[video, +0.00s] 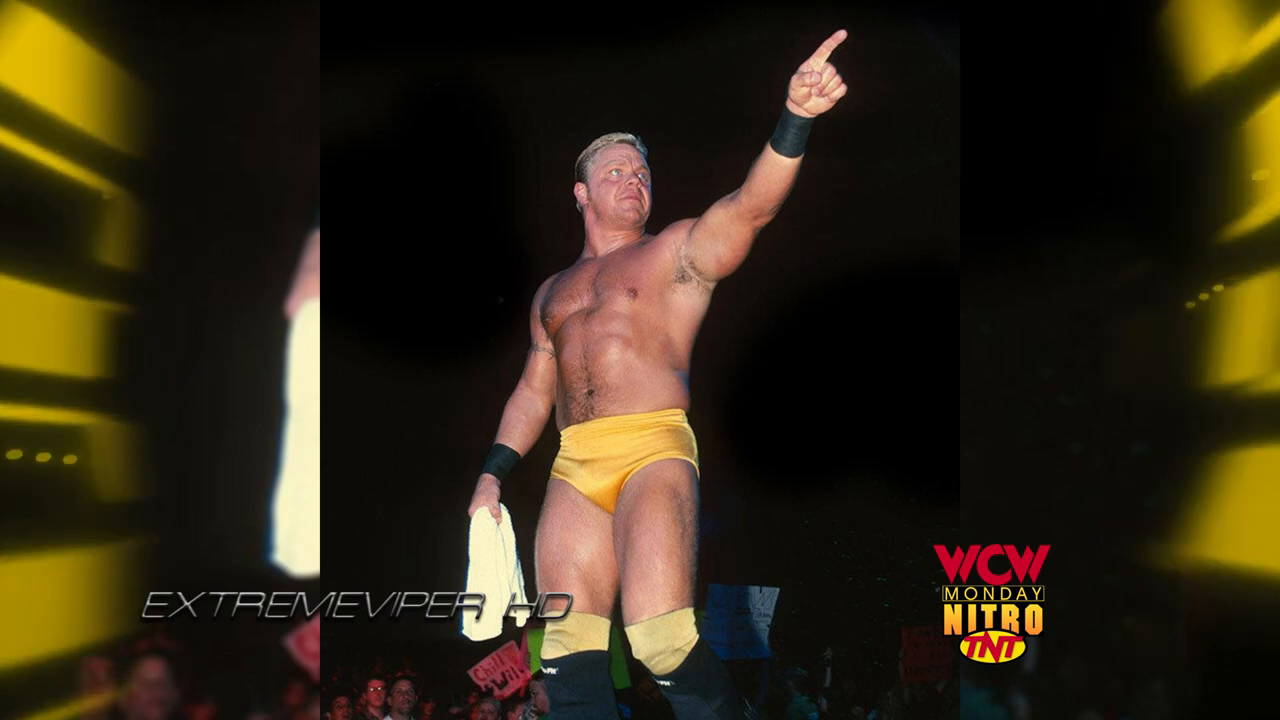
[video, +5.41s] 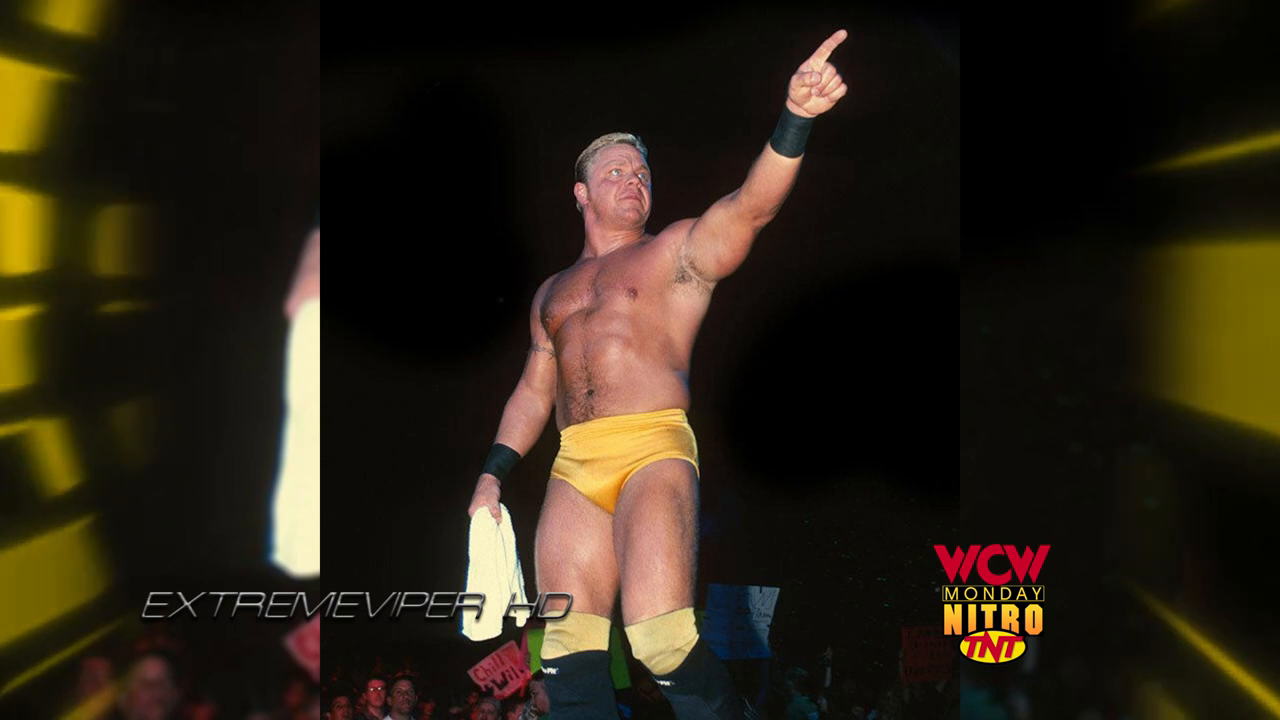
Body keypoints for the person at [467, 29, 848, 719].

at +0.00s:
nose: (632, 179)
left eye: (640, 172)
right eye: (615, 170)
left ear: (650, 194)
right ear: (581, 193)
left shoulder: (680, 254)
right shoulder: (552, 296)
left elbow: (753, 203)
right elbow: (534, 394)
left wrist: (797, 116)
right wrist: (490, 478)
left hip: (656, 448)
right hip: (575, 462)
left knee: (660, 636)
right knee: (568, 646)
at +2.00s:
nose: (632, 179)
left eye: (640, 172)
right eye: (615, 170)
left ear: (650, 194)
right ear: (581, 193)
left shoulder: (680, 254)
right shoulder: (552, 296)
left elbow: (753, 203)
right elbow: (534, 394)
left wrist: (797, 116)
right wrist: (490, 478)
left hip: (656, 448)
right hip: (575, 462)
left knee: (660, 636)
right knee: (568, 647)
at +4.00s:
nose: (632, 179)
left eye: (640, 172)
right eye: (615, 170)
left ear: (650, 194)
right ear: (581, 193)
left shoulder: (680, 254)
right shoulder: (552, 296)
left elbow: (753, 203)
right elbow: (534, 394)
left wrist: (797, 116)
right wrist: (490, 478)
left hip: (656, 448)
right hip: (575, 462)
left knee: (660, 636)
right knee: (568, 647)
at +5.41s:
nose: (632, 180)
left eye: (640, 172)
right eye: (615, 170)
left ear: (650, 194)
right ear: (581, 193)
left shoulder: (680, 254)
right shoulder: (552, 296)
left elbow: (753, 203)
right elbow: (534, 393)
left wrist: (797, 116)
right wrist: (491, 478)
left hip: (656, 449)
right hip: (575, 462)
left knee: (660, 637)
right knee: (567, 646)